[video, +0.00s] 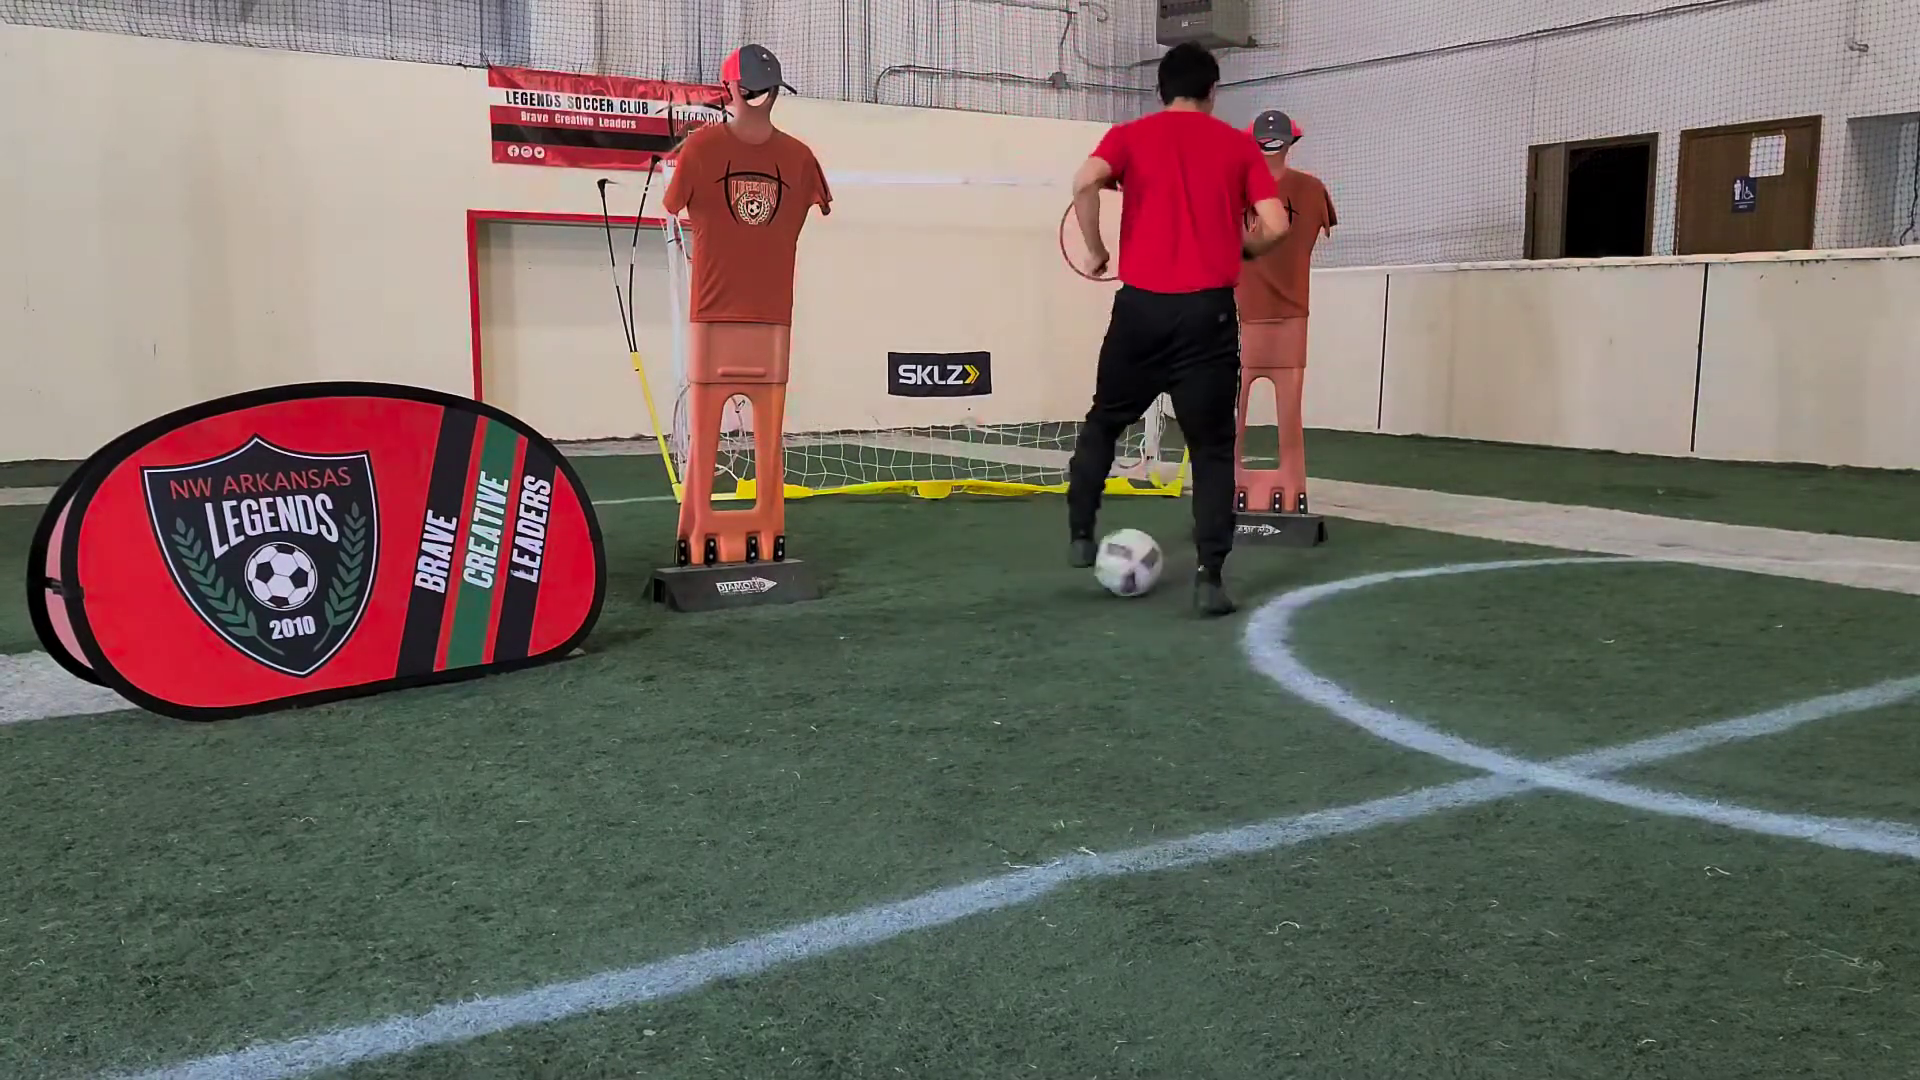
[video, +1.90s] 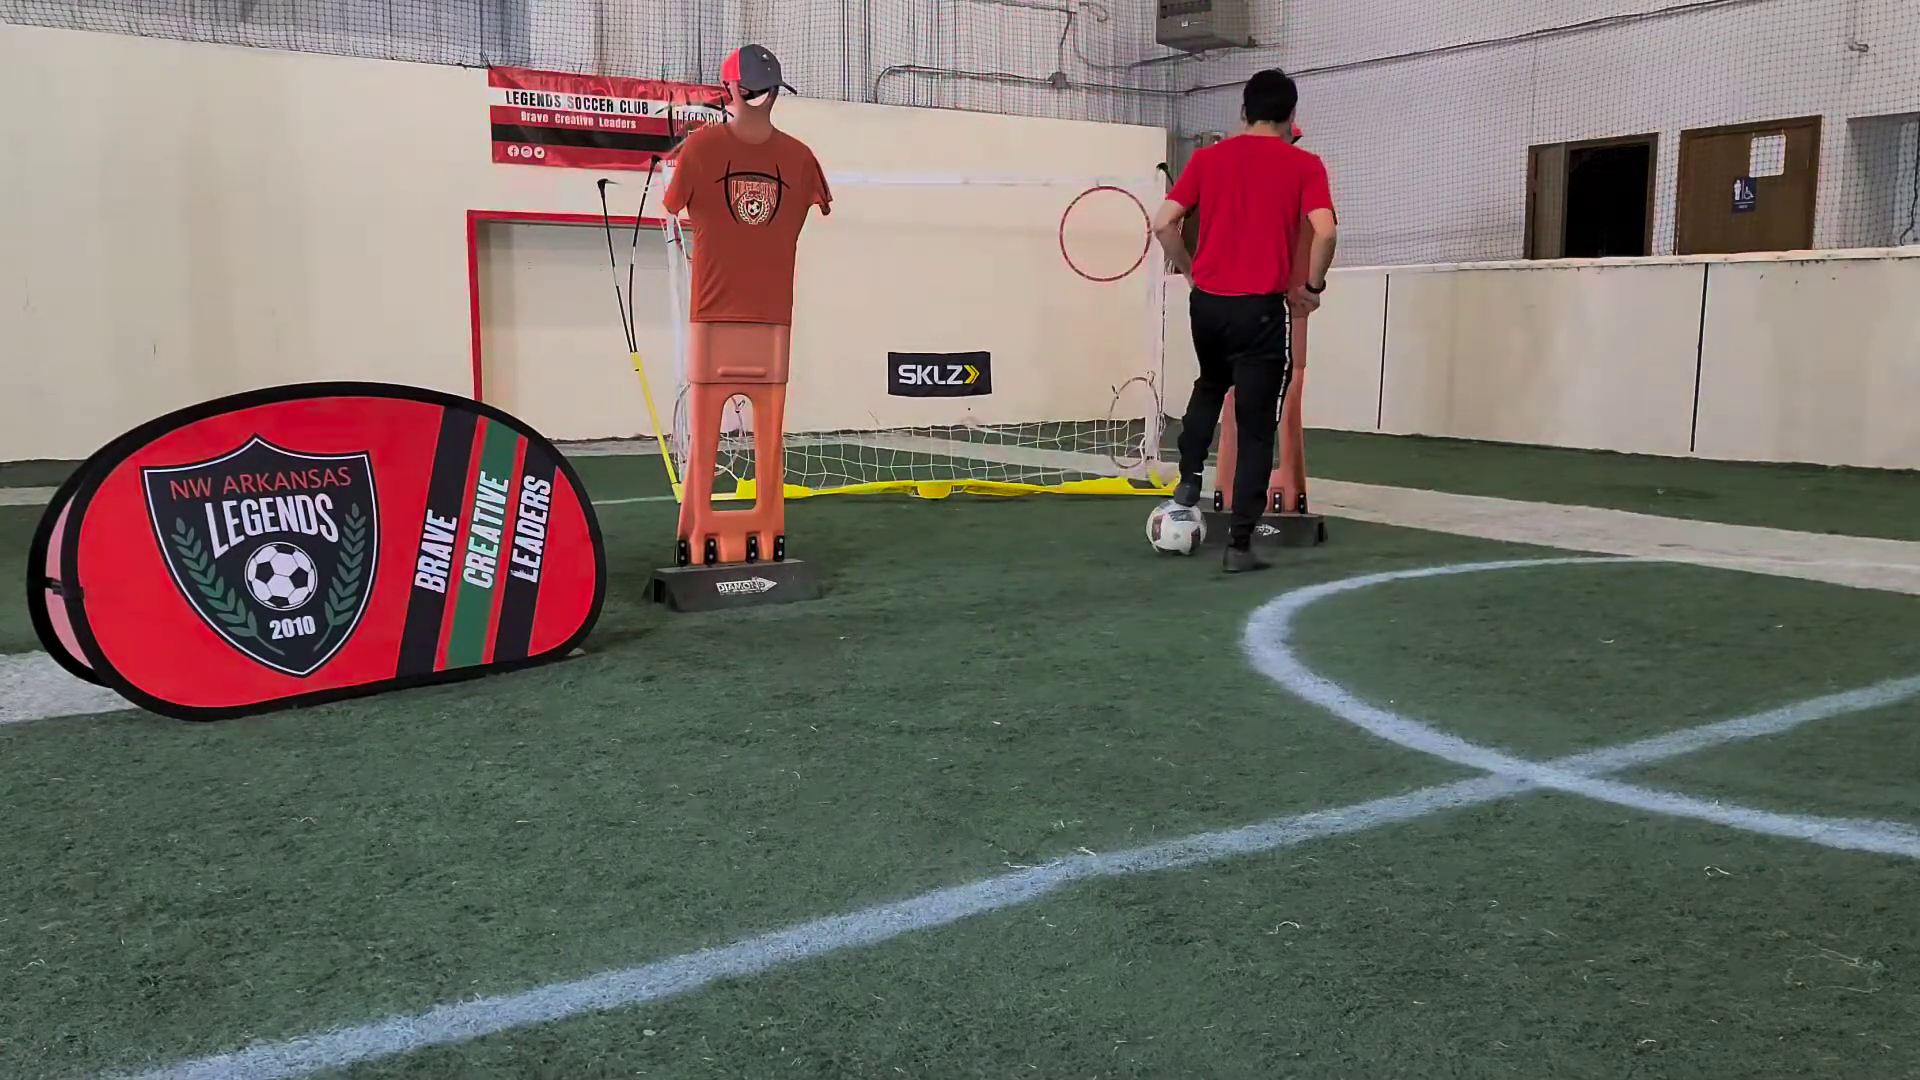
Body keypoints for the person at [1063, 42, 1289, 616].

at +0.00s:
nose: (1207, 97)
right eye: (1212, 87)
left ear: (1160, 92)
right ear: (1213, 91)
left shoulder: (1132, 134)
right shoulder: (1239, 143)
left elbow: (1084, 183)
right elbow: (1276, 224)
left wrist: (1094, 249)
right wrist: (1242, 246)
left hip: (1141, 310)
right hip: (1208, 313)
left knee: (1104, 421)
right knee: (1211, 442)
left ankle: (1082, 537)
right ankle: (1210, 577)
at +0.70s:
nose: (1225, 106)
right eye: (1230, 99)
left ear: (1178, 99)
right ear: (1227, 100)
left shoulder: (1147, 137)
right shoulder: (1248, 143)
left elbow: (1104, 195)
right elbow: (1284, 214)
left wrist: (1128, 243)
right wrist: (1267, 241)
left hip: (1161, 301)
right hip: (1223, 300)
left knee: (1144, 413)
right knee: (1246, 413)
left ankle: (1131, 531)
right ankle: (1244, 529)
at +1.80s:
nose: (1289, 122)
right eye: (1292, 114)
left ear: (1244, 113)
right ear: (1289, 115)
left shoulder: (1208, 158)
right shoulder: (1305, 165)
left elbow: (1164, 224)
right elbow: (1327, 234)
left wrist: (1183, 266)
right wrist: (1310, 285)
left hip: (1207, 308)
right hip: (1261, 312)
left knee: (1213, 380)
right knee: (1257, 426)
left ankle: (1192, 485)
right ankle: (1240, 545)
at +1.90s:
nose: (1295, 122)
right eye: (1295, 115)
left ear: (1245, 113)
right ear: (1290, 116)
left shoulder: (1208, 158)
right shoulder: (1304, 165)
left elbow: (1163, 223)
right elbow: (1326, 230)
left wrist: (1188, 266)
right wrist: (1313, 287)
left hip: (1207, 309)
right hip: (1261, 313)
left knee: (1212, 381)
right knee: (1256, 427)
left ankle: (1187, 486)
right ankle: (1240, 544)